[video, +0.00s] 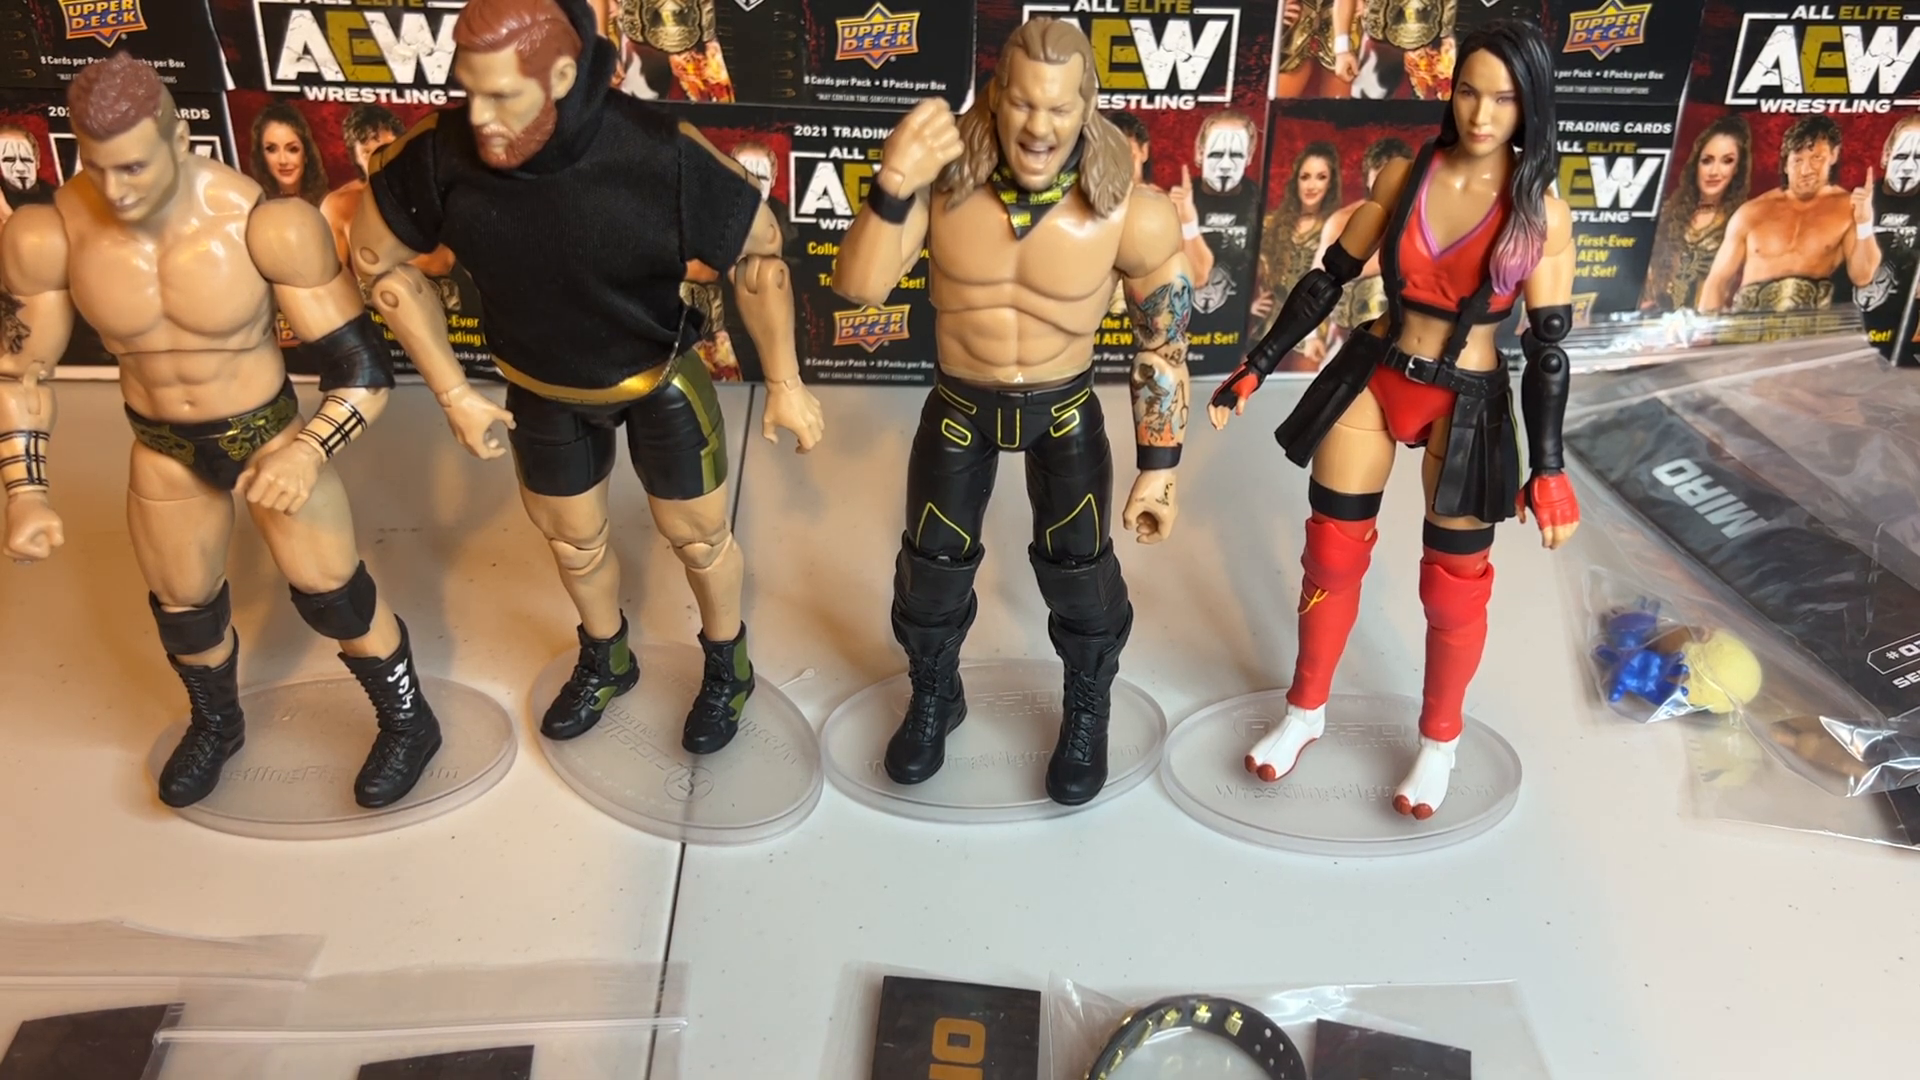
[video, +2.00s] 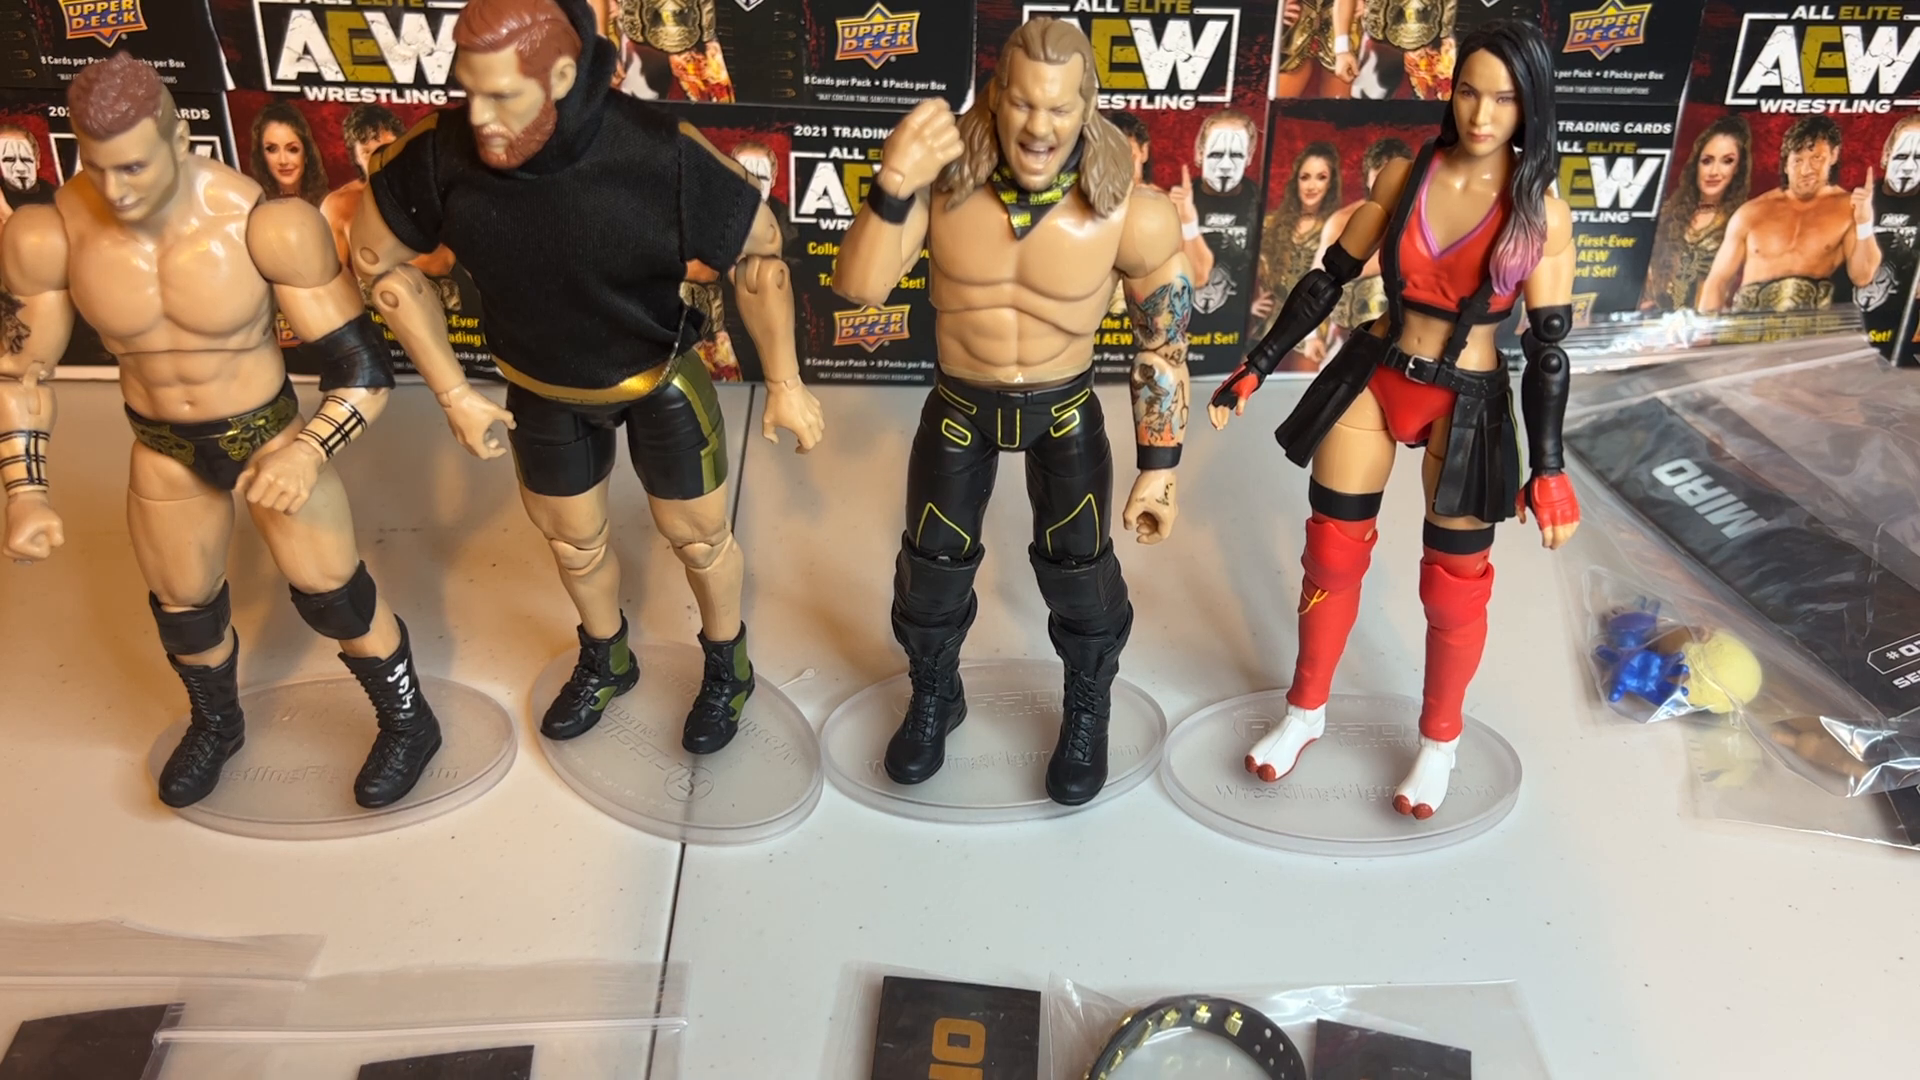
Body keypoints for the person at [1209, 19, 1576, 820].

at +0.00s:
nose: (1480, 113)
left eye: (1501, 99)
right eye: (1469, 93)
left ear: (1528, 108)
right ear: (1451, 94)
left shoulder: (1540, 208)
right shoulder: (1406, 175)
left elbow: (1549, 343)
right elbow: (1332, 273)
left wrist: (1549, 465)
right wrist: (1256, 364)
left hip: (1467, 404)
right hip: (1371, 382)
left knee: (1454, 590)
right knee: (1331, 559)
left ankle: (1437, 742)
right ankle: (1304, 710)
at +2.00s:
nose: (1480, 113)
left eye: (1501, 99)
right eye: (1469, 94)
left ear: (1529, 108)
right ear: (1450, 94)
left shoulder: (1540, 209)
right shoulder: (1406, 175)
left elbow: (1549, 345)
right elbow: (1333, 273)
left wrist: (1549, 466)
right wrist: (1256, 364)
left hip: (1467, 405)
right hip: (1372, 383)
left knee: (1454, 590)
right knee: (1331, 560)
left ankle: (1438, 742)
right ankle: (1304, 710)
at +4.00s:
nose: (1480, 113)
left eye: (1501, 99)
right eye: (1469, 94)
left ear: (1529, 108)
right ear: (1451, 94)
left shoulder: (1540, 209)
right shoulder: (1406, 175)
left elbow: (1549, 346)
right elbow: (1332, 274)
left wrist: (1549, 467)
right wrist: (1255, 365)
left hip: (1467, 404)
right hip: (1372, 382)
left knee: (1454, 590)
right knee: (1331, 559)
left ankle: (1438, 741)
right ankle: (1305, 709)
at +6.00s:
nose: (1480, 114)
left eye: (1501, 99)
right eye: (1470, 94)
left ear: (1529, 108)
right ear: (1451, 94)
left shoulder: (1541, 207)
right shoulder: (1407, 174)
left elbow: (1550, 343)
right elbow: (1333, 273)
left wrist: (1549, 465)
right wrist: (1257, 364)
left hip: (1467, 406)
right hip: (1372, 383)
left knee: (1454, 592)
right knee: (1331, 560)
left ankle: (1438, 743)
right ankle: (1305, 711)